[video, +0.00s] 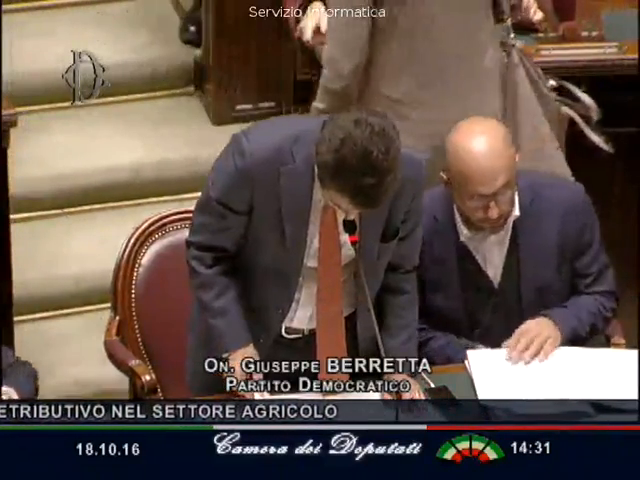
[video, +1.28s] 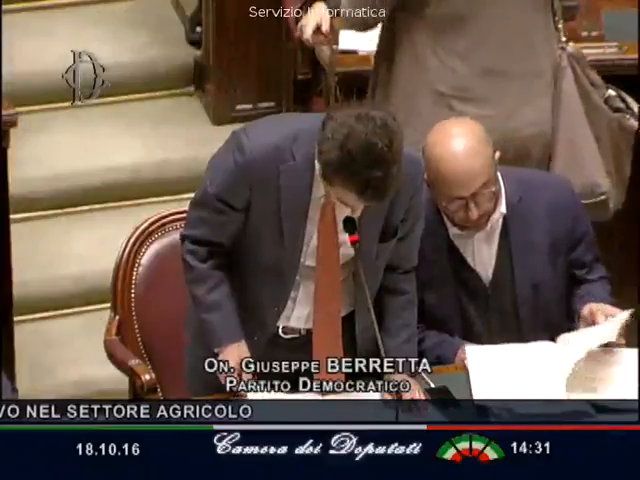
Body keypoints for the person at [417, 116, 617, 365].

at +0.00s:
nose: (494, 211)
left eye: (504, 192)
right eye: (478, 199)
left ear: (516, 160)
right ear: (447, 181)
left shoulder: (567, 204)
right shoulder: (421, 220)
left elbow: (600, 295)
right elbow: (408, 326)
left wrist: (557, 323)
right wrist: (475, 358)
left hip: (560, 369)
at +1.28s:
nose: (474, 212)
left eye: (484, 192)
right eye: (456, 202)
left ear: (496, 159)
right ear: (428, 183)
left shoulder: (553, 198)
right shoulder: (408, 223)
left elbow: (588, 273)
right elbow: (398, 325)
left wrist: (592, 304)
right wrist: (455, 353)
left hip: (553, 371)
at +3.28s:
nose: (480, 206)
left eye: (485, 185)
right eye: (461, 198)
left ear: (492, 156)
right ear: (431, 187)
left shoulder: (553, 198)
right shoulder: (408, 224)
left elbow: (593, 284)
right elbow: (401, 326)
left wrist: (563, 316)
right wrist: (454, 353)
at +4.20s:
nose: (473, 211)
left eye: (481, 192)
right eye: (455, 200)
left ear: (493, 157)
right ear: (429, 185)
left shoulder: (552, 197)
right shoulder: (407, 221)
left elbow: (586, 271)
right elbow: (394, 324)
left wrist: (601, 305)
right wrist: (441, 348)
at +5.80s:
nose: (475, 208)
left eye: (482, 189)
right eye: (457, 198)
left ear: (494, 158)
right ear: (430, 184)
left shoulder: (553, 194)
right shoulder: (409, 219)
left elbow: (595, 278)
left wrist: (568, 304)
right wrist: (440, 345)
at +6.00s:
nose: (471, 209)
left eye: (479, 190)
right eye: (454, 198)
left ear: (492, 158)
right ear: (428, 184)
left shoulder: (552, 196)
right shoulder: (408, 220)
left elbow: (594, 283)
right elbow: (390, 320)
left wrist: (555, 312)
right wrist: (438, 344)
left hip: (547, 373)